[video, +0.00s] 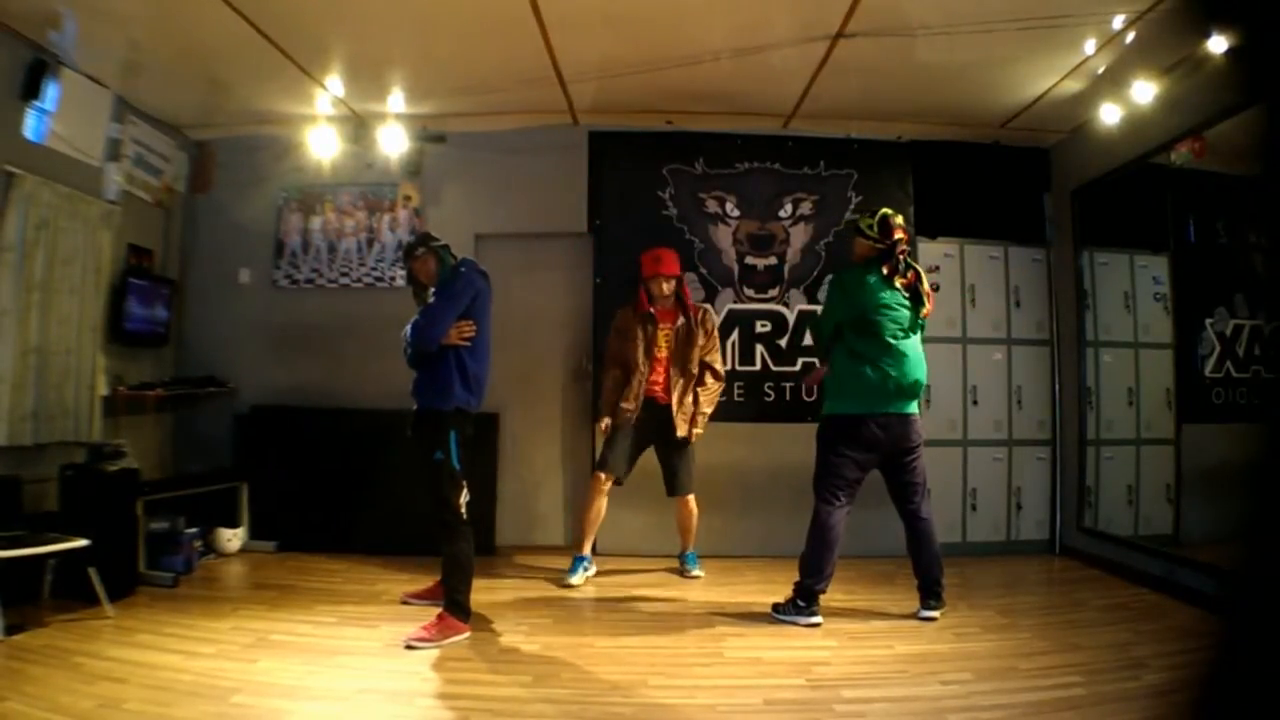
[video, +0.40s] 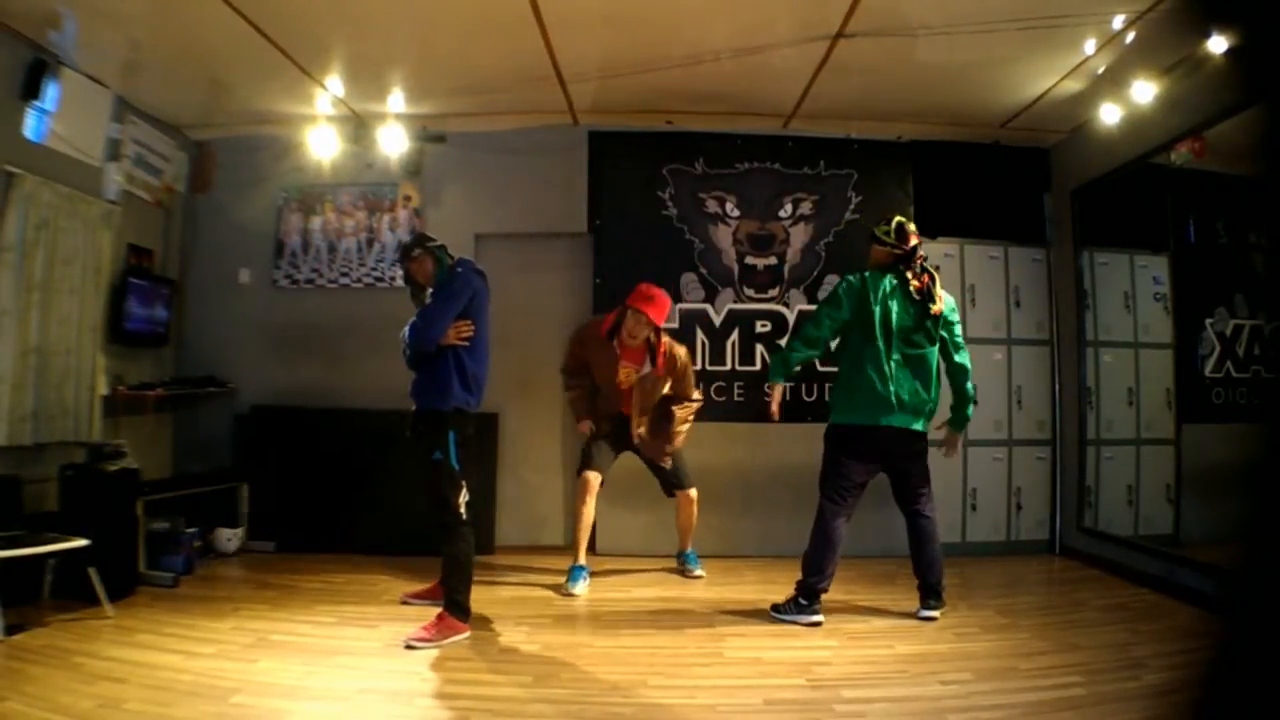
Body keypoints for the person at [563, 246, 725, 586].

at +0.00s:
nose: (663, 287)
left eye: (669, 280)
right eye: (657, 280)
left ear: (678, 282)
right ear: (646, 282)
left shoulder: (700, 318)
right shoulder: (628, 318)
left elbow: (713, 372)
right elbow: (614, 367)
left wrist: (698, 413)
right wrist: (606, 411)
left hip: (676, 415)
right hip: (634, 412)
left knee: (684, 494)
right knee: (601, 478)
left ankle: (688, 554)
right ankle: (583, 557)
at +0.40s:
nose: (637, 327)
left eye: (646, 324)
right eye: (635, 318)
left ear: (656, 328)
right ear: (625, 312)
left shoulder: (672, 355)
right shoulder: (593, 336)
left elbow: (687, 400)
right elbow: (573, 373)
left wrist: (667, 444)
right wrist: (581, 415)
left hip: (651, 427)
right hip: (608, 424)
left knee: (688, 493)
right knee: (588, 480)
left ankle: (686, 554)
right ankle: (579, 565)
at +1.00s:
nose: (641, 374)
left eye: (650, 370)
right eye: (638, 364)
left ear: (659, 375)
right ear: (628, 361)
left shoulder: (668, 393)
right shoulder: (599, 368)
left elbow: (659, 418)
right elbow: (560, 370)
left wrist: (646, 443)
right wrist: (566, 422)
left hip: (630, 439)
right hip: (589, 435)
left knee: (682, 491)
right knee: (572, 482)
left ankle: (683, 555)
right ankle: (577, 567)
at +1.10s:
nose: (646, 376)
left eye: (653, 370)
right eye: (640, 367)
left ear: (663, 374)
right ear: (628, 367)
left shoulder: (675, 390)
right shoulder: (602, 371)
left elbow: (667, 413)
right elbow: (565, 375)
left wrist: (650, 437)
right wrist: (571, 427)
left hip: (637, 439)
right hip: (595, 437)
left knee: (687, 489)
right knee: (574, 481)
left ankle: (684, 554)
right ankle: (577, 568)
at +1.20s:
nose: (651, 374)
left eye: (657, 367)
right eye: (645, 367)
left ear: (667, 367)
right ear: (632, 367)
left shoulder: (680, 383)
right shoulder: (608, 373)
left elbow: (684, 401)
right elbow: (574, 382)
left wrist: (663, 430)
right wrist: (580, 427)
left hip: (645, 439)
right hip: (604, 438)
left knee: (695, 488)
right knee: (580, 482)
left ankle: (685, 554)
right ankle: (578, 567)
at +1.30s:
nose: (659, 370)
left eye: (664, 363)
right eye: (651, 365)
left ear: (673, 362)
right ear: (638, 366)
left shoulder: (689, 378)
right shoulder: (617, 374)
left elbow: (692, 399)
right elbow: (584, 385)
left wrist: (671, 430)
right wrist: (590, 429)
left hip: (652, 440)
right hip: (612, 439)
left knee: (704, 487)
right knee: (587, 480)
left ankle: (686, 554)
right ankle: (578, 567)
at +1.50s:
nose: (678, 364)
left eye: (683, 357)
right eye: (671, 360)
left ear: (693, 355)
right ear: (661, 362)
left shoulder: (708, 375)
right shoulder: (641, 373)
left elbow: (706, 403)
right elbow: (609, 389)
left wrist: (688, 427)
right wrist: (611, 432)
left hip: (668, 439)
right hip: (630, 438)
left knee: (716, 488)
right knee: (602, 480)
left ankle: (687, 554)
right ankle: (579, 567)